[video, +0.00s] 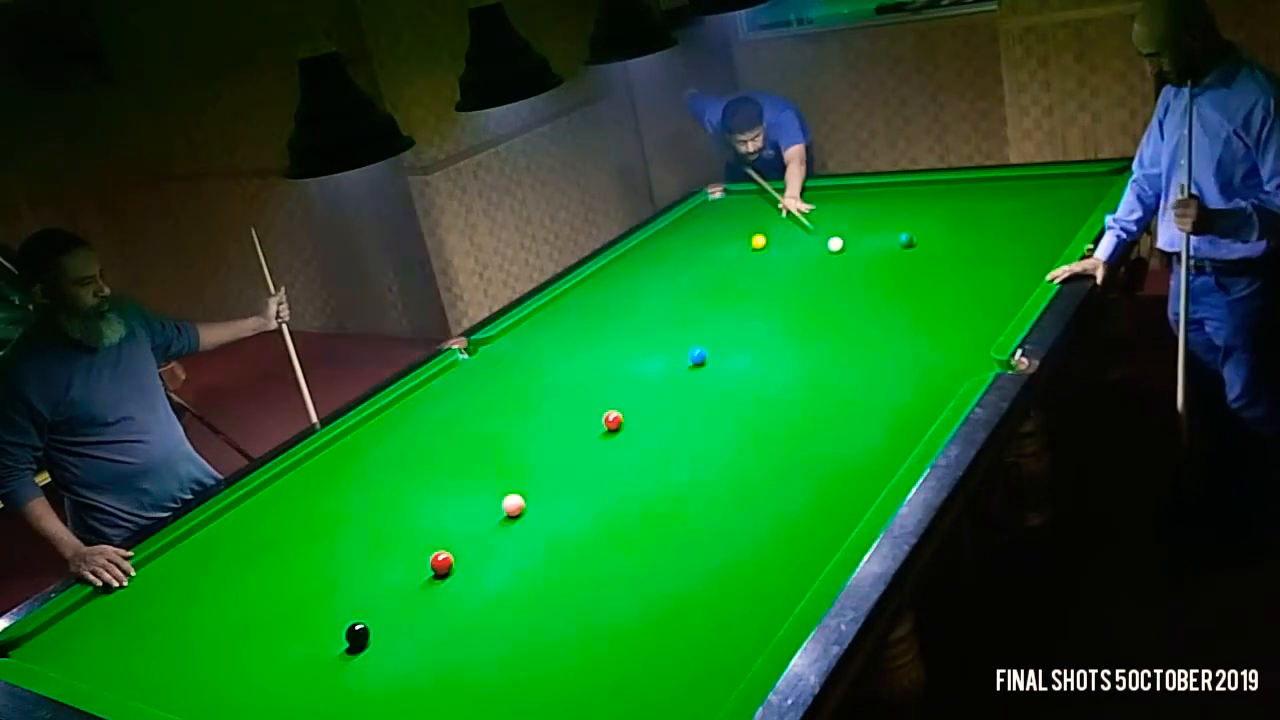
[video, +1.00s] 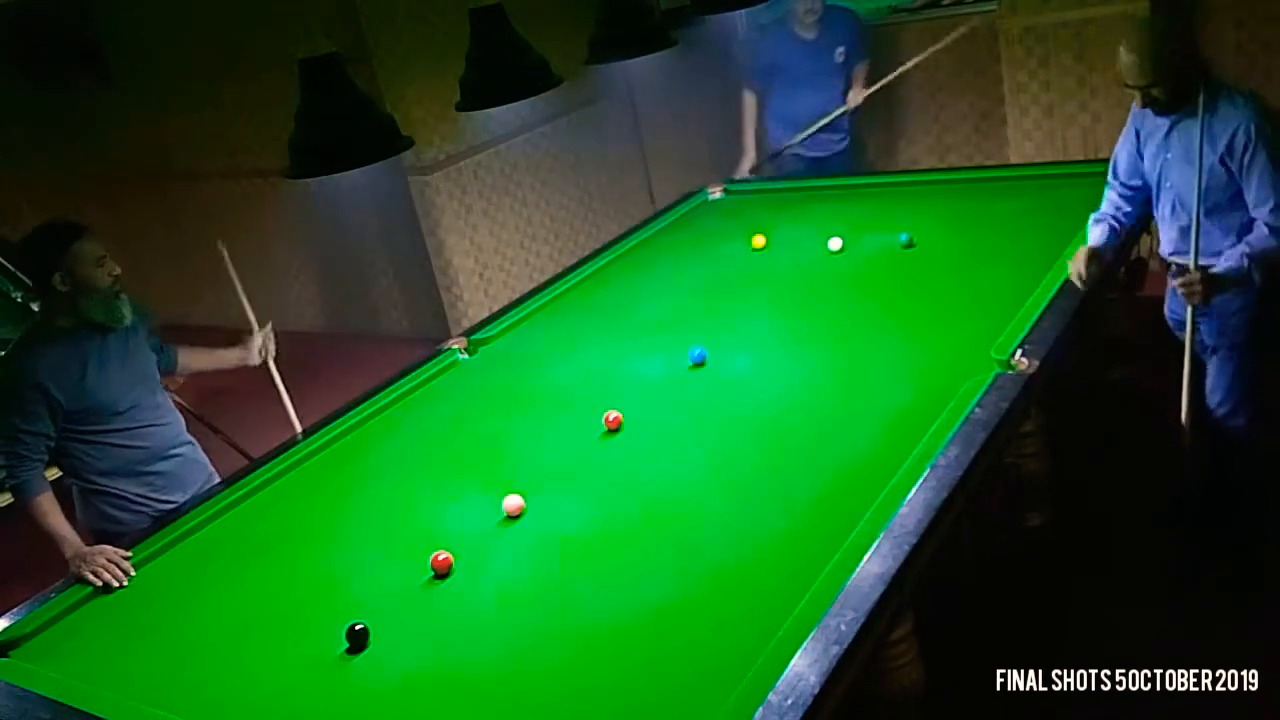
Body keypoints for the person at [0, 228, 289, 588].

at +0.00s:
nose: (102, 290)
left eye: (100, 277)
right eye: (84, 283)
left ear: (104, 272)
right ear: (44, 295)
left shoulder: (127, 320)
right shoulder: (24, 372)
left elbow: (185, 336)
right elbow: (13, 476)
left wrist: (261, 321)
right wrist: (75, 551)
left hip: (205, 503)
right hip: (130, 543)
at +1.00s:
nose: (116, 270)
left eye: (110, 260)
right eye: (99, 264)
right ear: (62, 282)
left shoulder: (127, 319)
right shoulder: (32, 363)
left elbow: (163, 359)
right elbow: (23, 470)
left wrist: (245, 354)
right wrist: (75, 550)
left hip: (203, 491)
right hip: (135, 530)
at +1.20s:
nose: (129, 259)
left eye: (122, 249)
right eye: (113, 253)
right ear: (78, 270)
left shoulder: (124, 312)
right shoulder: (56, 349)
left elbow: (158, 376)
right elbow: (41, 457)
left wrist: (228, 388)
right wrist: (102, 531)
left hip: (205, 486)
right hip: (152, 521)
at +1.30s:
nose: (140, 252)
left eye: (133, 242)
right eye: (124, 245)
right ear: (89, 264)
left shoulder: (128, 308)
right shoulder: (76, 336)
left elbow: (158, 378)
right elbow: (62, 442)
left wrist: (222, 385)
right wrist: (137, 506)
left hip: (208, 479)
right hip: (172, 502)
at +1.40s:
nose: (150, 246)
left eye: (142, 236)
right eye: (134, 239)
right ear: (101, 257)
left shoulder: (134, 304)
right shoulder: (94, 327)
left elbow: (164, 371)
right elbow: (96, 429)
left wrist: (222, 377)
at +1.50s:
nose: (163, 239)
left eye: (156, 228)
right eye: (148, 232)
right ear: (117, 249)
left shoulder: (145, 298)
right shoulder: (114, 315)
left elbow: (168, 364)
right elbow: (127, 414)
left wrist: (222, 364)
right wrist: (222, 450)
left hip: (214, 474)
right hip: (185, 488)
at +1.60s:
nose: (175, 231)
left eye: (169, 221)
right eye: (161, 225)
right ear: (131, 241)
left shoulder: (154, 290)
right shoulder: (136, 301)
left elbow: (174, 363)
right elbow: (156, 398)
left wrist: (223, 352)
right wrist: (244, 431)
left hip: (227, 464)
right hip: (202, 480)